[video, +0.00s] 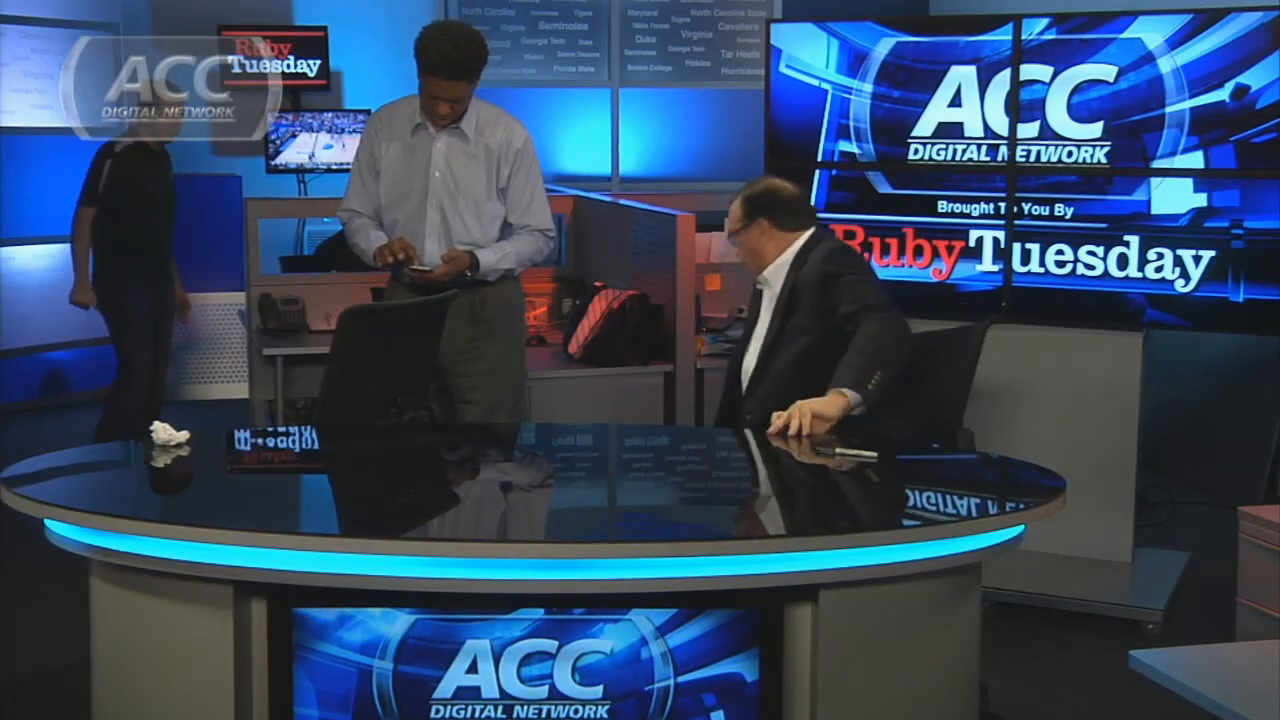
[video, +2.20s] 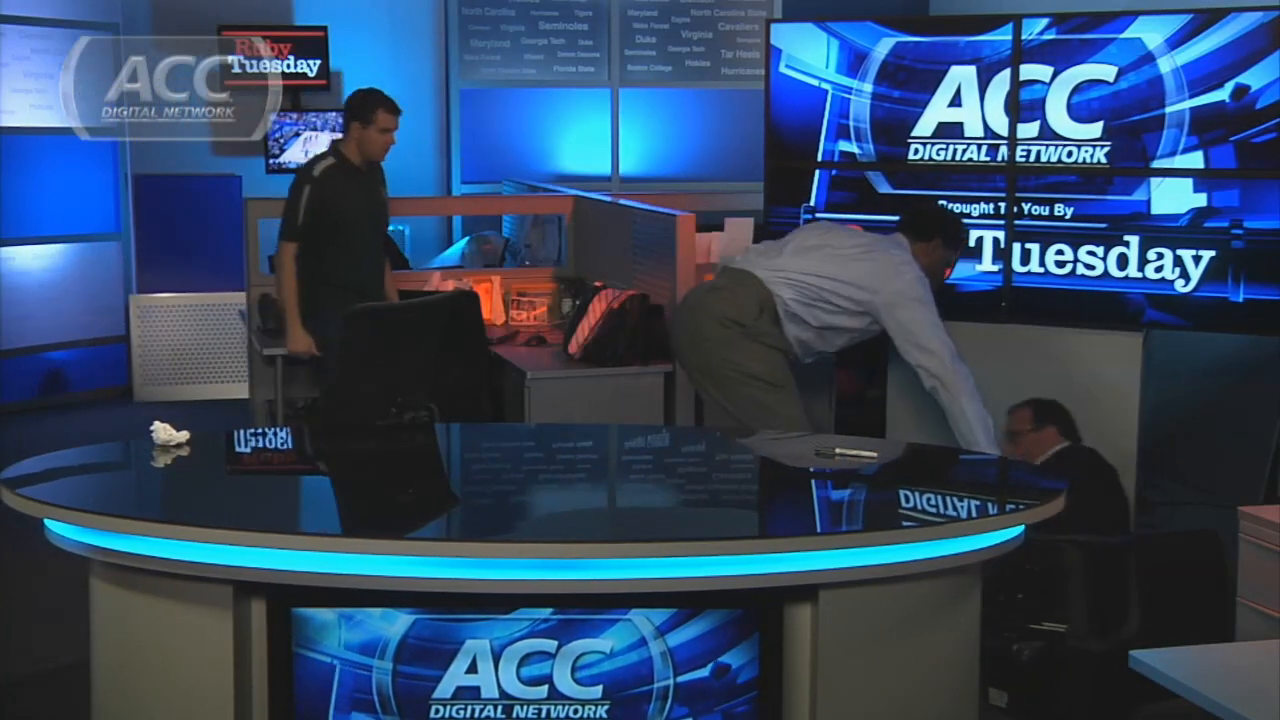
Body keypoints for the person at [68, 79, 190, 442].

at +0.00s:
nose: (176, 122)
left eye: (179, 114)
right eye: (170, 113)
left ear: (178, 117)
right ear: (150, 113)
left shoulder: (162, 159)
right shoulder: (113, 153)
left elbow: (160, 235)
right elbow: (83, 218)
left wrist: (175, 286)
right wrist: (82, 281)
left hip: (157, 281)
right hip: (119, 280)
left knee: (154, 371)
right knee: (136, 368)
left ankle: (141, 453)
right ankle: (110, 455)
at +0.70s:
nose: (181, 121)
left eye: (186, 112)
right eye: (172, 112)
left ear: (192, 115)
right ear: (154, 114)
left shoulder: (197, 157)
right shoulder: (124, 161)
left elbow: (207, 224)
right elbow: (104, 235)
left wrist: (218, 284)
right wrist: (122, 292)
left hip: (198, 290)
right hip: (149, 295)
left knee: (206, 383)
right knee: (159, 388)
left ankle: (199, 458)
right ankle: (165, 470)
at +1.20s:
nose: (232, 128)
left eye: (233, 119)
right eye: (224, 119)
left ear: (231, 121)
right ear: (199, 119)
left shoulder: (232, 164)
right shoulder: (161, 168)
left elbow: (244, 231)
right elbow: (145, 242)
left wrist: (251, 292)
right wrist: (178, 293)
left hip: (232, 300)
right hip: (181, 304)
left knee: (251, 394)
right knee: (181, 402)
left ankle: (259, 474)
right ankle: (181, 481)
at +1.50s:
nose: (290, 131)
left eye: (293, 123)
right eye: (283, 122)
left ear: (289, 125)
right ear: (259, 120)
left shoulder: (279, 165)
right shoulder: (217, 165)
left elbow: (276, 236)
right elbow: (191, 239)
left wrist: (285, 293)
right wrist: (225, 296)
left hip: (276, 304)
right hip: (231, 306)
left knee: (280, 396)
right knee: (230, 398)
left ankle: (276, 474)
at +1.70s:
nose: (318, 132)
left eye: (321, 124)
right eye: (311, 123)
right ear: (285, 120)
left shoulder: (307, 168)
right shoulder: (243, 164)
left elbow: (308, 239)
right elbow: (213, 238)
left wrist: (316, 292)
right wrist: (230, 303)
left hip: (300, 299)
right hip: (258, 302)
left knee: (301, 397)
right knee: (280, 399)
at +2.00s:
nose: (361, 141)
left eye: (363, 133)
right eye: (354, 132)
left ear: (331, 131)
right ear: (326, 129)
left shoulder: (344, 177)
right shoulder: (284, 175)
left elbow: (346, 250)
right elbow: (252, 246)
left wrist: (367, 307)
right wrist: (251, 319)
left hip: (335, 309)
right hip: (294, 310)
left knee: (335, 403)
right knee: (308, 404)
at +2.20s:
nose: (392, 140)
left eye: (393, 132)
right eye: (384, 132)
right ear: (357, 130)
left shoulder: (374, 172)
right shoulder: (314, 176)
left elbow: (377, 250)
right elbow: (286, 254)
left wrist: (394, 309)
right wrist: (295, 328)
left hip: (370, 319)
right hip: (326, 321)